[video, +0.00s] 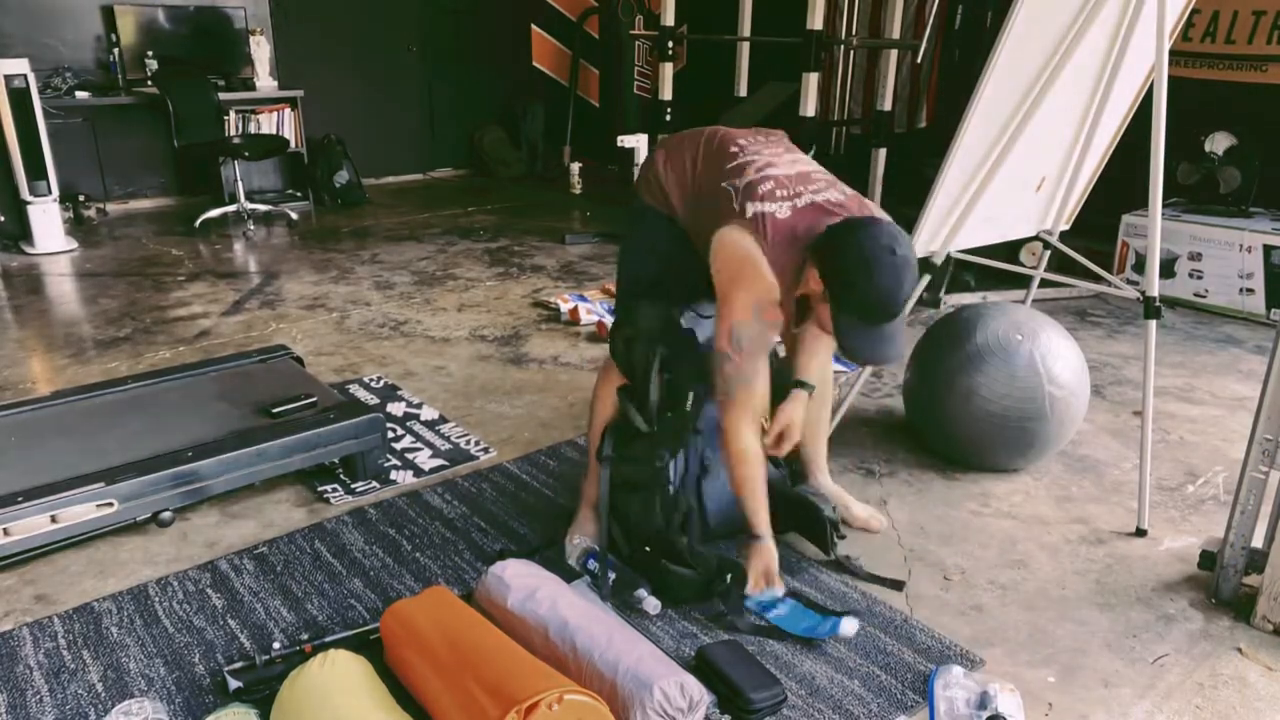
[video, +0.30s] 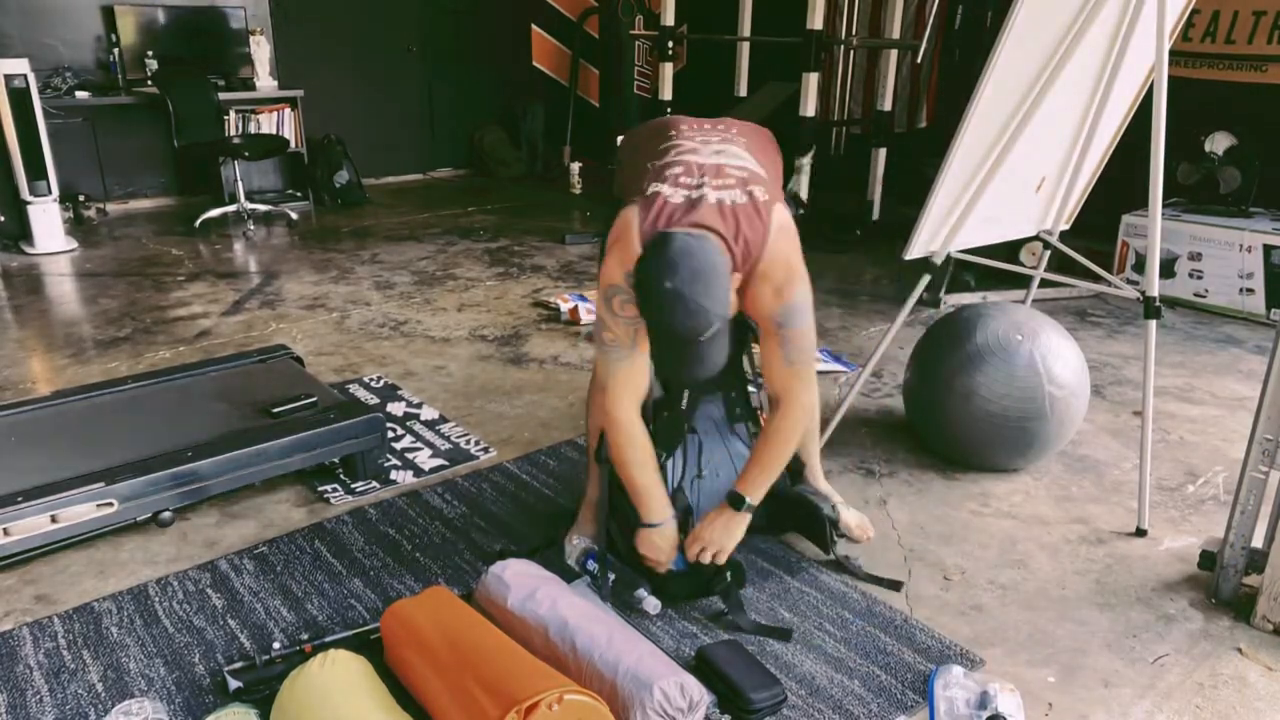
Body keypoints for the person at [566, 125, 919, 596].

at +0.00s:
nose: (839, 330)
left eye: (849, 329)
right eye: (839, 321)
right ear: (818, 281)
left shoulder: (874, 235)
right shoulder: (755, 259)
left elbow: (823, 316)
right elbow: (739, 413)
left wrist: (801, 392)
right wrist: (760, 536)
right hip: (673, 190)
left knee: (818, 343)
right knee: (632, 359)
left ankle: (815, 479)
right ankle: (592, 507)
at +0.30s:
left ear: (733, 287)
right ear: (648, 291)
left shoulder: (776, 255)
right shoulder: (624, 254)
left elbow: (796, 397)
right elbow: (618, 405)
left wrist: (738, 508)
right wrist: (659, 519)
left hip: (752, 143)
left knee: (794, 338)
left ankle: (813, 481)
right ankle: (592, 508)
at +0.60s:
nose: (848, 356)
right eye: (845, 343)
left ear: (921, 309)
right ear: (830, 301)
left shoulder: (946, 271)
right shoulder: (776, 273)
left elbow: (895, 326)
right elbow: (749, 441)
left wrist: (841, 393)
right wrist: (755, 576)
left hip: (848, 162)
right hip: (742, 188)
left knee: (888, 370)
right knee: (669, 367)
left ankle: (867, 526)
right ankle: (605, 505)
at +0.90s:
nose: (852, 76)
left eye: (869, 63)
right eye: (844, 61)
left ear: (892, 32)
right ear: (815, 24)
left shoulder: (877, 40)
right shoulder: (764, 44)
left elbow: (889, 136)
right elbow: (700, 174)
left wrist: (848, 215)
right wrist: (760, 256)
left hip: (776, 201)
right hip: (691, 202)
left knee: (784, 348)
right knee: (662, 359)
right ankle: (626, 509)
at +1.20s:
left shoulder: (853, 3)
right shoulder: (683, 5)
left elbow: (876, 77)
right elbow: (658, 86)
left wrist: (830, 120)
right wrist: (736, 128)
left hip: (807, 210)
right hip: (710, 206)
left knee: (807, 369)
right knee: (700, 369)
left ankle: (822, 489)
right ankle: (689, 495)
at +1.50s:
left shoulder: (855, 2)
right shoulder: (694, 5)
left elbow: (880, 80)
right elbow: (664, 92)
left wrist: (818, 129)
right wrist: (750, 137)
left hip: (810, 210)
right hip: (713, 206)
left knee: (809, 370)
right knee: (704, 367)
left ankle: (825, 488)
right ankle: (688, 492)